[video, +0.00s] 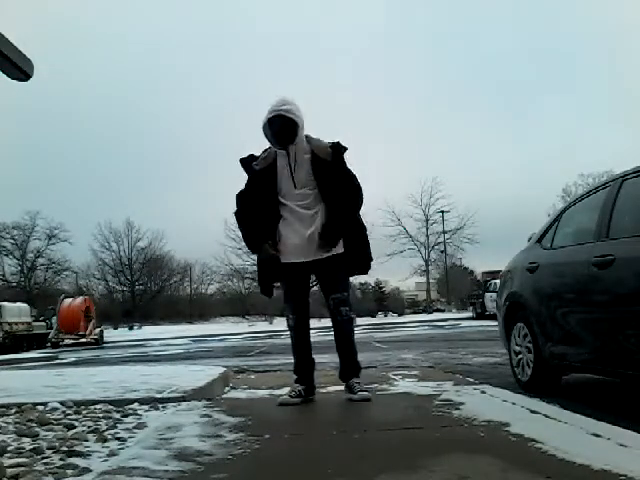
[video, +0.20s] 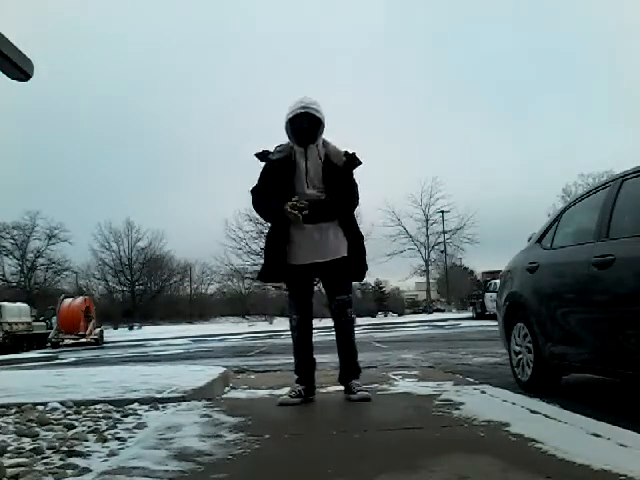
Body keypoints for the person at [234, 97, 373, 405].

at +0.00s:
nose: (279, 131)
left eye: (284, 124)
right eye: (273, 126)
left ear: (297, 125)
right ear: (267, 130)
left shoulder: (326, 155)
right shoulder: (263, 167)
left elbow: (352, 194)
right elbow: (247, 209)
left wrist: (337, 228)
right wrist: (261, 244)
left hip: (329, 251)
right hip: (288, 256)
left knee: (342, 314)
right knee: (297, 322)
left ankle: (352, 380)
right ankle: (304, 385)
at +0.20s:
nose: (304, 128)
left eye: (311, 122)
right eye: (298, 123)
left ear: (321, 125)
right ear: (289, 127)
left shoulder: (337, 160)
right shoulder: (278, 163)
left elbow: (348, 202)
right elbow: (260, 197)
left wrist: (312, 211)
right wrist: (282, 212)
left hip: (335, 254)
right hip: (295, 256)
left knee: (343, 317)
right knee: (300, 322)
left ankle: (351, 382)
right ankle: (304, 384)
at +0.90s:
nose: (333, 127)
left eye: (339, 120)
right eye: (327, 121)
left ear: (349, 124)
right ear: (317, 124)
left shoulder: (365, 159)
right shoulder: (302, 159)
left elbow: (387, 194)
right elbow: (285, 201)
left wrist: (358, 188)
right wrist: (312, 182)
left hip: (353, 251)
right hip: (314, 251)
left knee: (350, 316)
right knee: (315, 318)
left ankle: (352, 382)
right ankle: (317, 383)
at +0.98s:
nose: (331, 126)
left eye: (337, 120)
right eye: (325, 120)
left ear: (348, 123)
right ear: (316, 123)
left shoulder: (366, 157)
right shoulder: (303, 158)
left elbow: (387, 193)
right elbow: (285, 200)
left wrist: (361, 196)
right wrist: (307, 183)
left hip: (353, 252)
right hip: (314, 252)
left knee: (350, 317)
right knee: (317, 318)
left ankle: (352, 381)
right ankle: (318, 383)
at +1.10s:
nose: (330, 130)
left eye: (336, 124)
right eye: (324, 124)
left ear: (345, 128)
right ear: (314, 128)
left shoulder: (361, 164)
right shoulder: (301, 164)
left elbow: (371, 207)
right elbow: (286, 206)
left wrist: (371, 235)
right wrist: (297, 212)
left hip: (354, 256)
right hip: (319, 257)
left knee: (361, 314)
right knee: (325, 322)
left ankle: (359, 373)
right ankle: (321, 383)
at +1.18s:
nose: (333, 134)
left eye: (339, 128)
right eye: (327, 128)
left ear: (348, 132)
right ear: (318, 131)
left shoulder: (361, 168)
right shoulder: (302, 163)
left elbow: (371, 217)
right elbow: (279, 201)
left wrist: (376, 260)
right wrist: (297, 170)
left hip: (350, 247)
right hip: (314, 252)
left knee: (360, 290)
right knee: (318, 322)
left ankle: (358, 344)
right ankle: (320, 384)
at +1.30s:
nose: (343, 111)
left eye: (348, 106)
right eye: (337, 105)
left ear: (357, 112)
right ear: (326, 108)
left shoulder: (365, 147)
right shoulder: (314, 131)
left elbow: (372, 191)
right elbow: (299, 122)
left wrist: (375, 226)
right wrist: (310, 113)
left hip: (348, 226)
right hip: (315, 225)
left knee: (356, 274)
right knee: (316, 295)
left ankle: (349, 337)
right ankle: (316, 363)